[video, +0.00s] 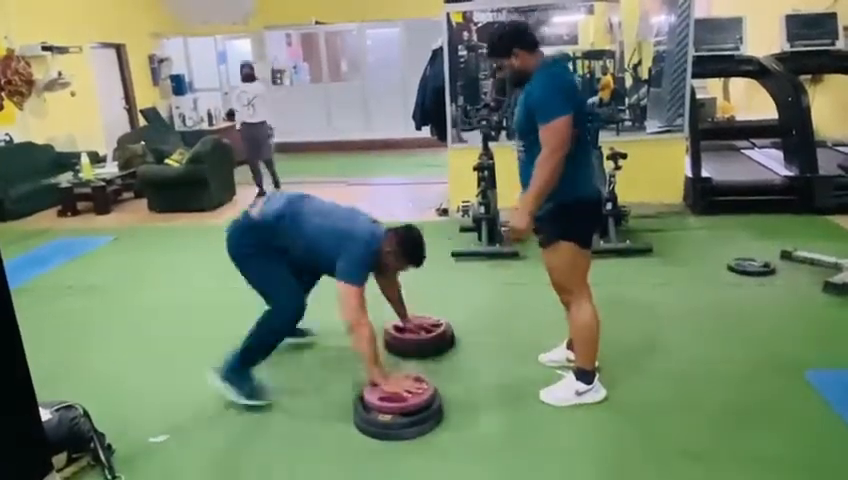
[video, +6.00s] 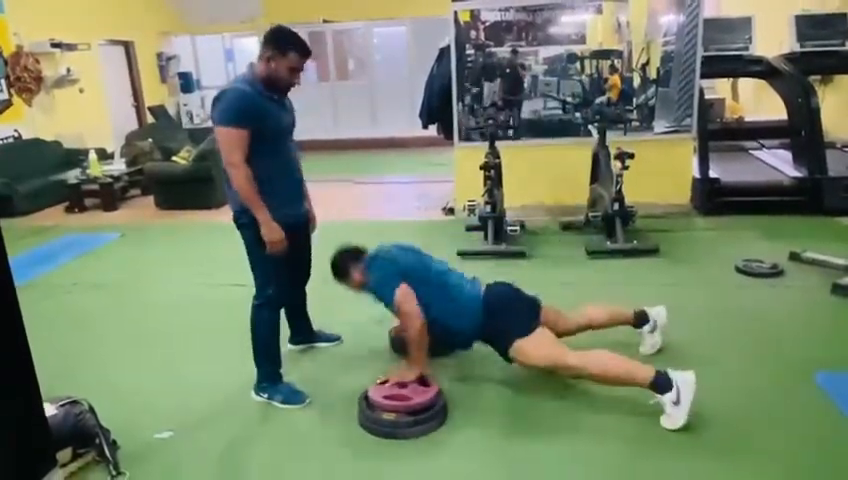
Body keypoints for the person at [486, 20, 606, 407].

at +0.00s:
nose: (504, 71)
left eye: (504, 63)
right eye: (501, 65)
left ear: (519, 53)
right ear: (524, 51)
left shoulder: (548, 83)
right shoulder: (548, 78)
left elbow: (555, 149)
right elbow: (557, 145)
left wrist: (526, 206)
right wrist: (531, 202)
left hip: (567, 202)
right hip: (561, 201)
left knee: (574, 292)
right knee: (569, 284)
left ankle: (586, 380)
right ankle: (577, 347)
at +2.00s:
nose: (423, 279)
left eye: (419, 274)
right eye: (419, 276)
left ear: (422, 261)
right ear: (426, 249)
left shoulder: (445, 260)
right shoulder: (448, 242)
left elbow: (439, 329)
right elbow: (446, 312)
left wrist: (418, 372)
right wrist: (439, 337)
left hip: (561, 252)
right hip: (567, 238)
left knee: (523, 336)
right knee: (562, 301)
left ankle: (605, 376)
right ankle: (608, 332)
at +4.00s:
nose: (550, 64)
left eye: (551, 56)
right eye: (549, 57)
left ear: (563, 51)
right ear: (578, 44)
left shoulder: (596, 81)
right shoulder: (587, 76)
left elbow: (601, 147)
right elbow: (583, 139)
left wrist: (562, 202)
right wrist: (553, 170)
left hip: (599, 201)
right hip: (589, 197)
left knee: (590, 290)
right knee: (581, 278)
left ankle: (603, 383)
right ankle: (593, 347)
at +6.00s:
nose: (356, 286)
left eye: (352, 282)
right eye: (353, 282)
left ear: (354, 274)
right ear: (362, 257)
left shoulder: (380, 272)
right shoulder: (391, 253)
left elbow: (414, 317)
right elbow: (426, 300)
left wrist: (416, 369)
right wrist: (416, 340)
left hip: (492, 321)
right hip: (497, 296)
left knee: (566, 362)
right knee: (568, 322)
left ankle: (666, 384)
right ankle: (646, 316)